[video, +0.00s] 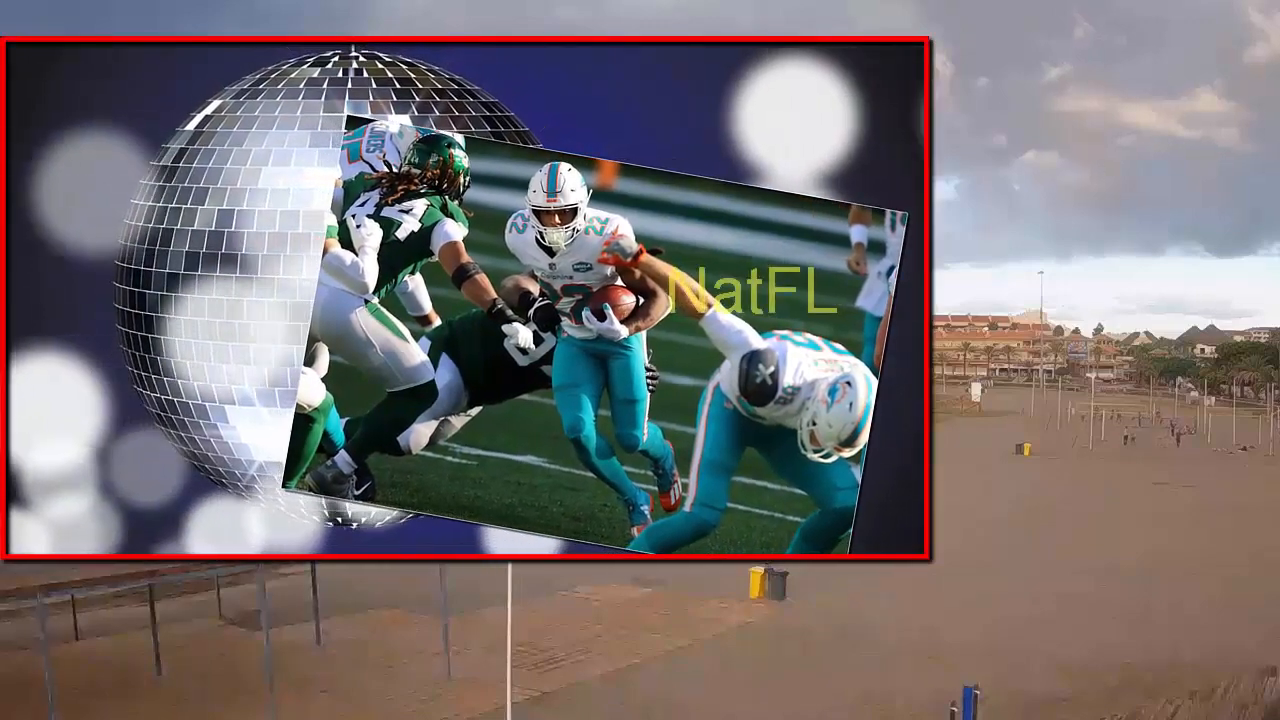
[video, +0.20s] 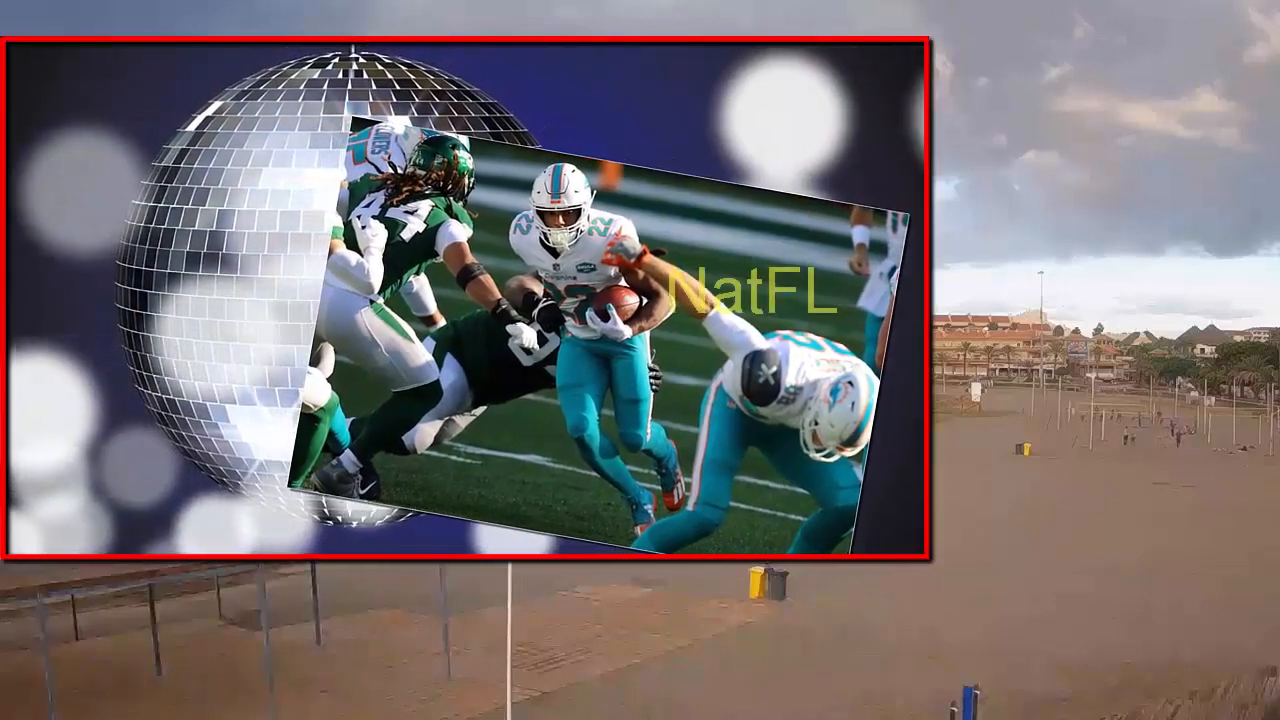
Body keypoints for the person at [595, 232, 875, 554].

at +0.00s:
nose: (822, 455)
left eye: (835, 452)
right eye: (818, 442)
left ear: (861, 429)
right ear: (810, 409)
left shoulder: (872, 413)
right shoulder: (763, 366)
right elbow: (700, 303)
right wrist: (639, 258)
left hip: (788, 424)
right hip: (733, 401)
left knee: (845, 503)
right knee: (704, 515)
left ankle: (785, 581)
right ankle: (622, 568)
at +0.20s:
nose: (825, 454)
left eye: (838, 451)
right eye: (821, 442)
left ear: (863, 429)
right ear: (814, 410)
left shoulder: (874, 413)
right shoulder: (763, 364)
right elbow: (703, 304)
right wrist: (643, 259)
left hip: (789, 424)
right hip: (735, 400)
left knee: (848, 501)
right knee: (707, 515)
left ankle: (787, 579)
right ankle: (626, 567)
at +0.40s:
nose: (828, 453)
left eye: (841, 450)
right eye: (824, 441)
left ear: (866, 428)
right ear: (816, 409)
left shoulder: (876, 413)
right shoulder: (769, 368)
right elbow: (707, 305)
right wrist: (646, 260)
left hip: (791, 423)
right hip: (738, 400)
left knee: (850, 501)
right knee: (710, 514)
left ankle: (790, 578)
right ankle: (633, 562)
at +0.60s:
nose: (830, 452)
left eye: (843, 449)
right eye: (826, 440)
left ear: (868, 428)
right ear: (818, 407)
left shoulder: (879, 414)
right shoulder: (774, 370)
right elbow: (709, 305)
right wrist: (650, 260)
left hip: (794, 423)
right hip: (741, 400)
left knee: (852, 500)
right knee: (712, 513)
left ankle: (791, 577)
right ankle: (635, 563)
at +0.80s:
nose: (832, 452)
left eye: (845, 449)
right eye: (828, 439)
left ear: (871, 428)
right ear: (820, 408)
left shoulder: (881, 414)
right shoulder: (775, 370)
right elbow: (711, 305)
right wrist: (653, 261)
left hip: (797, 423)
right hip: (744, 400)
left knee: (854, 498)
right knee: (715, 511)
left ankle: (794, 576)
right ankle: (633, 565)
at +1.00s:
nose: (834, 451)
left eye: (847, 448)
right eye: (830, 438)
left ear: (872, 427)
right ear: (823, 408)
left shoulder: (884, 413)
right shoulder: (778, 370)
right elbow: (714, 305)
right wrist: (657, 262)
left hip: (799, 422)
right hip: (746, 399)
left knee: (856, 498)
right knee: (719, 510)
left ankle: (795, 574)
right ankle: (638, 563)